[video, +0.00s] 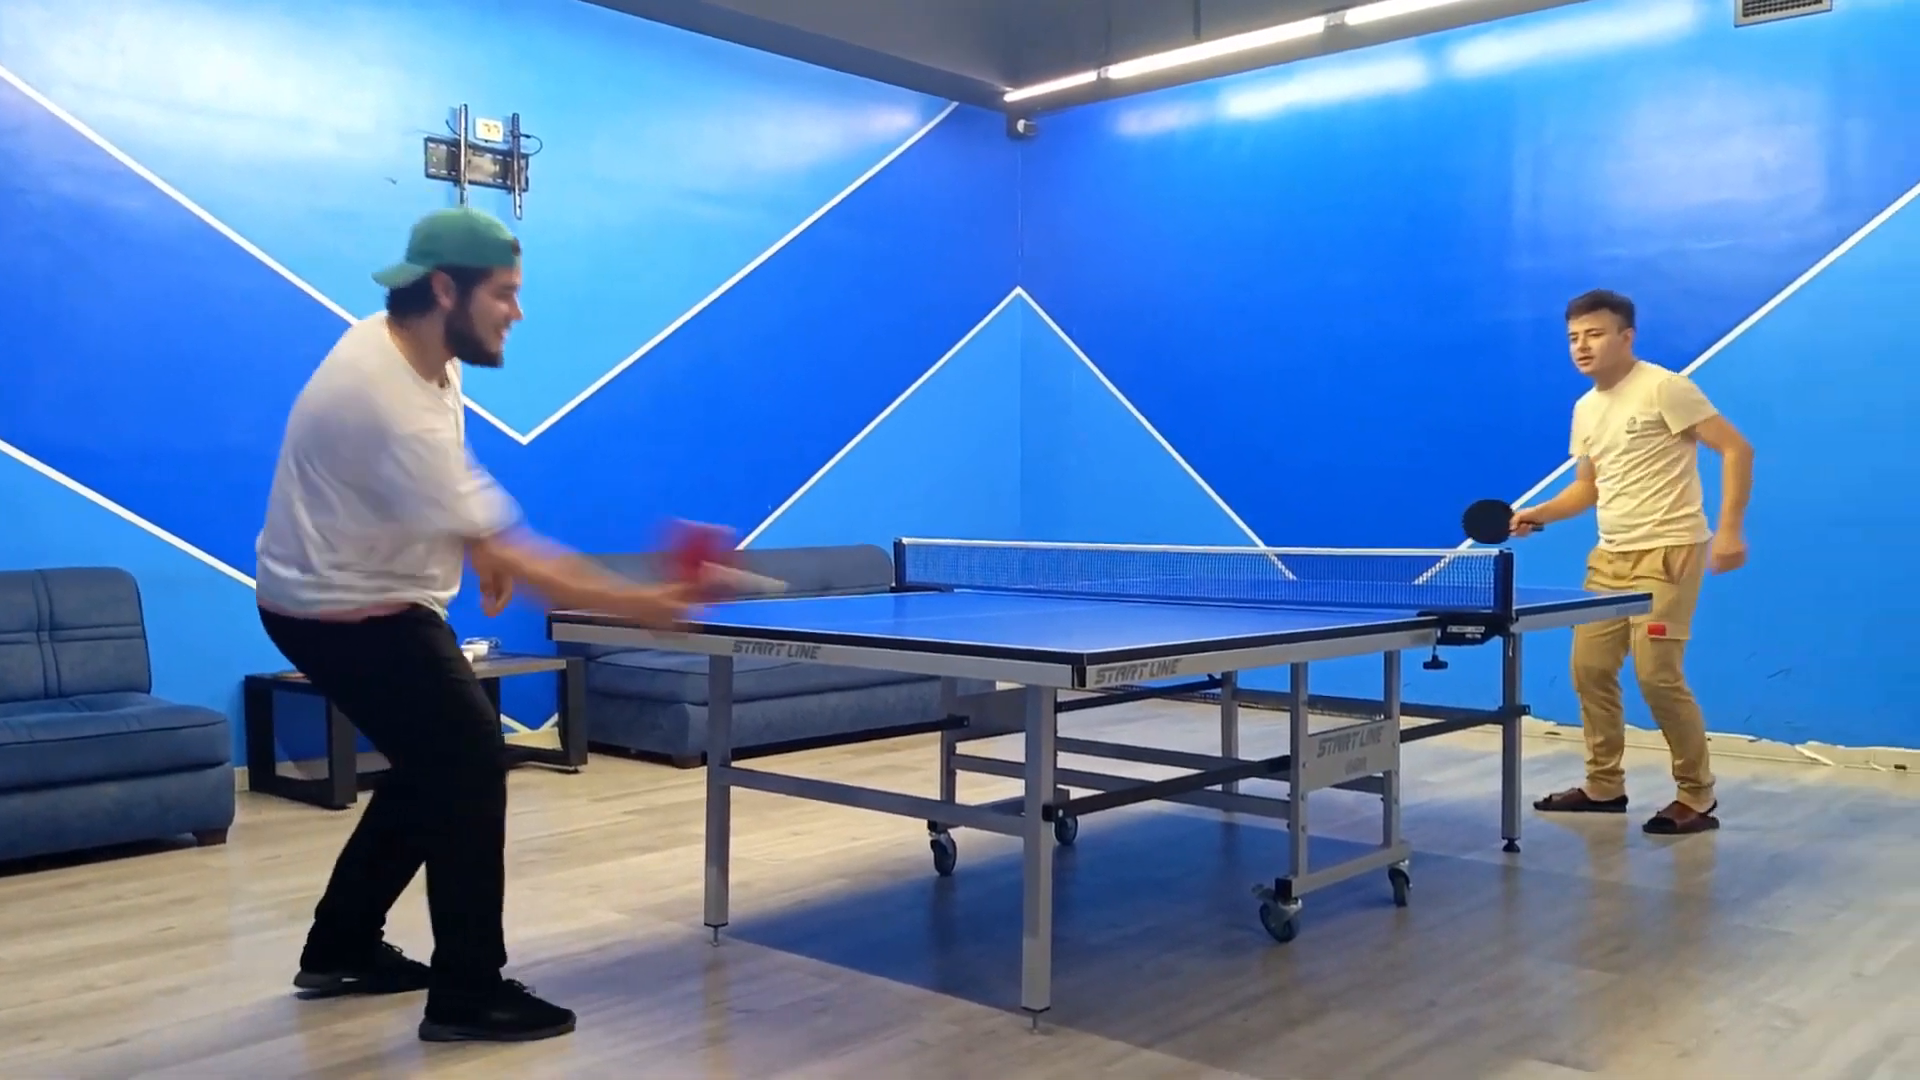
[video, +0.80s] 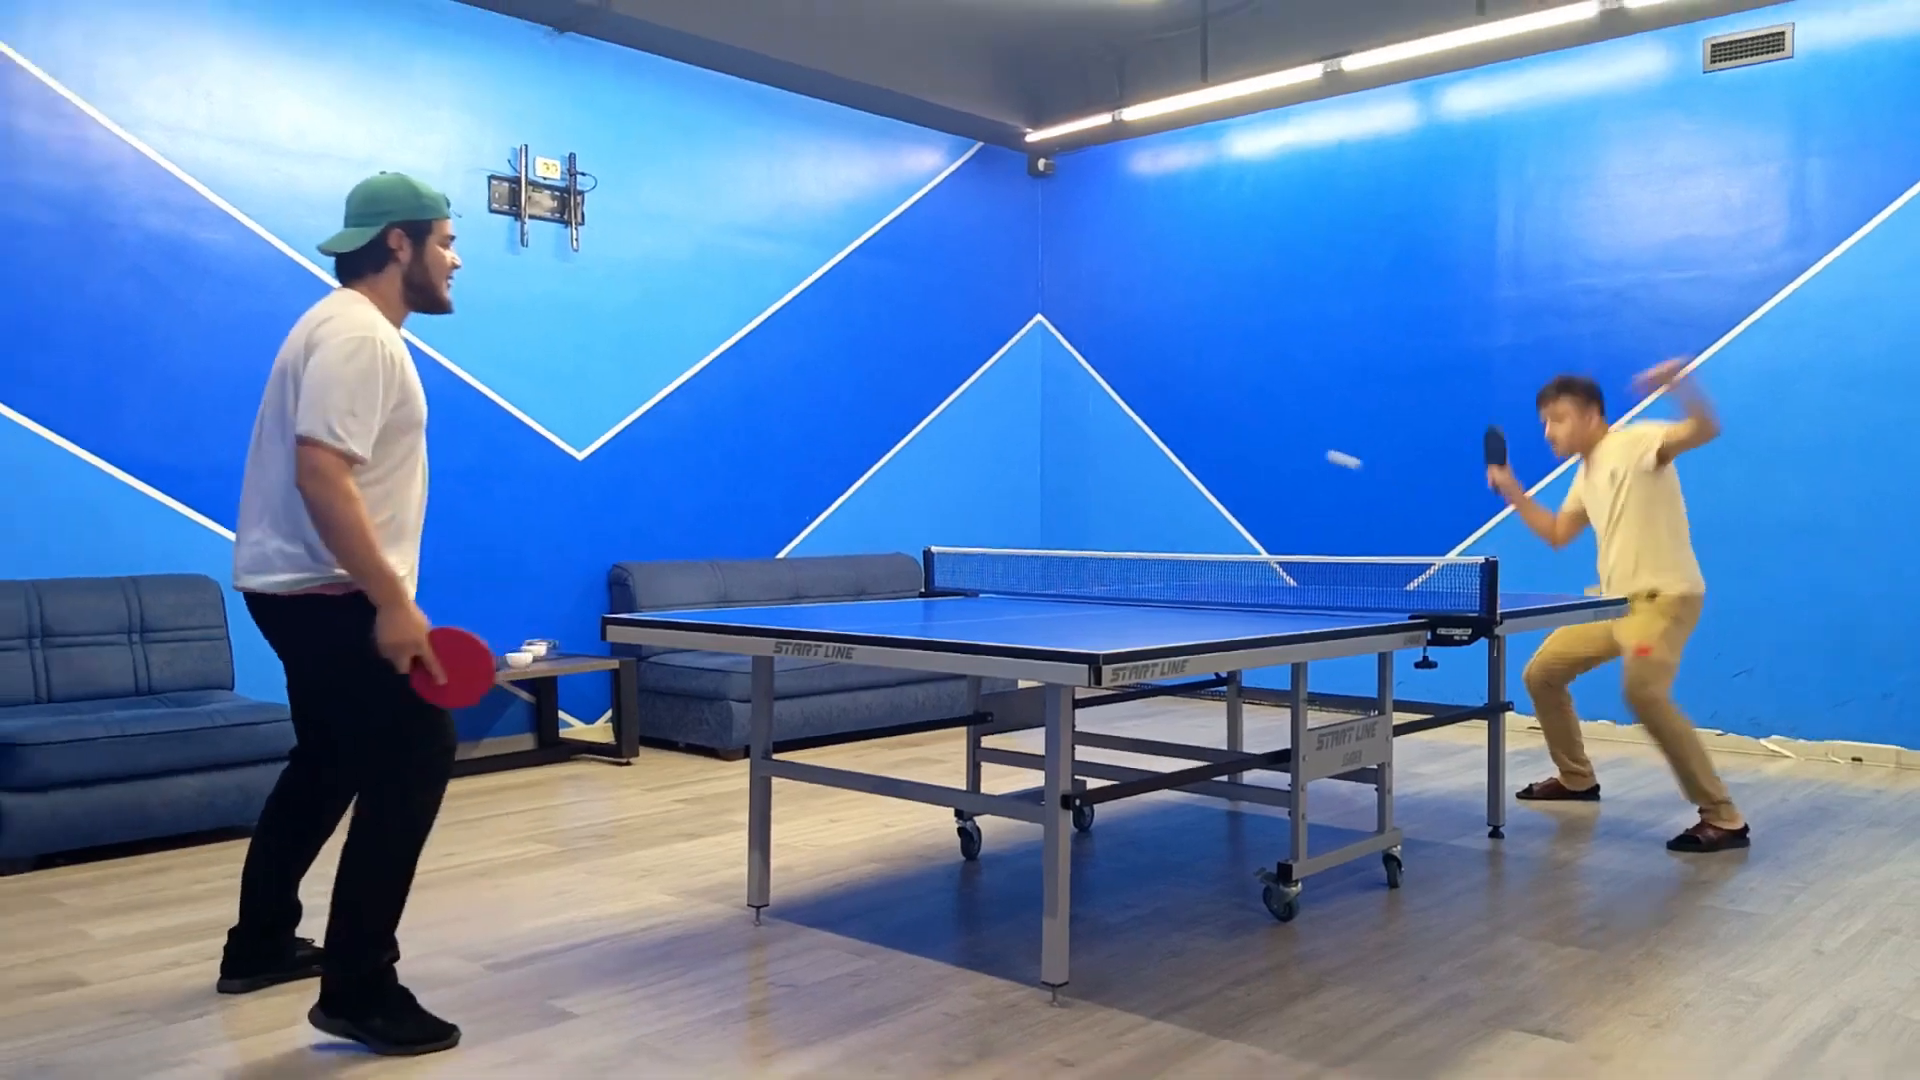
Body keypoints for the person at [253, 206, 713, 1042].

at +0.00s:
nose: (516, 310)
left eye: (516, 292)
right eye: (502, 292)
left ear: (444, 291)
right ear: (442, 291)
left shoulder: (416, 350)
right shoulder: (388, 409)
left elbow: (434, 459)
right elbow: (524, 565)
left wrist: (479, 540)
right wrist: (653, 600)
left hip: (386, 595)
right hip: (338, 608)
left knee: (443, 757)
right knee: (469, 759)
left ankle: (341, 942)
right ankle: (467, 989)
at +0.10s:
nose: (482, 321)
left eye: (483, 303)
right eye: (474, 301)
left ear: (407, 296)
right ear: (417, 297)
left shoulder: (326, 343)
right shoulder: (382, 412)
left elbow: (362, 454)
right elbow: (536, 500)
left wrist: (421, 534)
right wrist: (685, 518)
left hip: (262, 600)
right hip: (311, 619)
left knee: (390, 752)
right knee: (433, 758)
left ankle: (286, 943)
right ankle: (424, 991)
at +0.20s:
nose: (468, 298)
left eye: (468, 280)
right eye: (458, 280)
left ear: (398, 280)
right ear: (404, 279)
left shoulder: (309, 337)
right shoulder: (369, 392)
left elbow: (297, 482)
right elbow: (524, 480)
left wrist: (381, 562)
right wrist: (675, 442)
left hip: (250, 602)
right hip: (310, 616)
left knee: (332, 761)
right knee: (426, 758)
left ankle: (211, 942)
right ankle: (423, 992)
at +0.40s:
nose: (402, 267)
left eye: (400, 250)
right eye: (391, 249)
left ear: (329, 252)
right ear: (342, 250)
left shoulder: (256, 325)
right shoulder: (303, 355)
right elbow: (394, 473)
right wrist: (547, 459)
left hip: (202, 599)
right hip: (262, 610)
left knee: (242, 777)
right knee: (359, 780)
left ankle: (135, 966)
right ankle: (416, 990)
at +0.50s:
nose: (375, 250)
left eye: (373, 233)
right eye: (364, 233)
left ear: (299, 238)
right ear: (310, 236)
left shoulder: (238, 317)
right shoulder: (267, 331)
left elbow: (280, 470)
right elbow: (304, 468)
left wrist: (441, 520)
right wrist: (455, 525)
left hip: (192, 593)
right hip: (236, 601)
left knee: (223, 774)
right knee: (323, 784)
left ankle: (135, 964)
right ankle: (393, 991)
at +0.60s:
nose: (355, 239)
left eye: (352, 222)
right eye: (345, 222)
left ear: (287, 225)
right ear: (296, 223)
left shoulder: (217, 308)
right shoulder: (254, 319)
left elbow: (215, 465)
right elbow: (248, 460)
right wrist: (366, 573)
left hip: (179, 588)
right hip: (230, 592)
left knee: (212, 769)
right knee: (309, 761)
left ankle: (135, 965)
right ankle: (311, 1008)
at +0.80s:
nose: (455, 260)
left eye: (453, 244)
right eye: (444, 243)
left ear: (388, 248)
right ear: (399, 244)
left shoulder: (334, 326)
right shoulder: (359, 336)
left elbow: (315, 478)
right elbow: (322, 474)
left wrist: (385, 589)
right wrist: (390, 596)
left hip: (299, 592)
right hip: (328, 594)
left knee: (329, 755)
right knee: (417, 753)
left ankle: (259, 941)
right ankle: (358, 985)